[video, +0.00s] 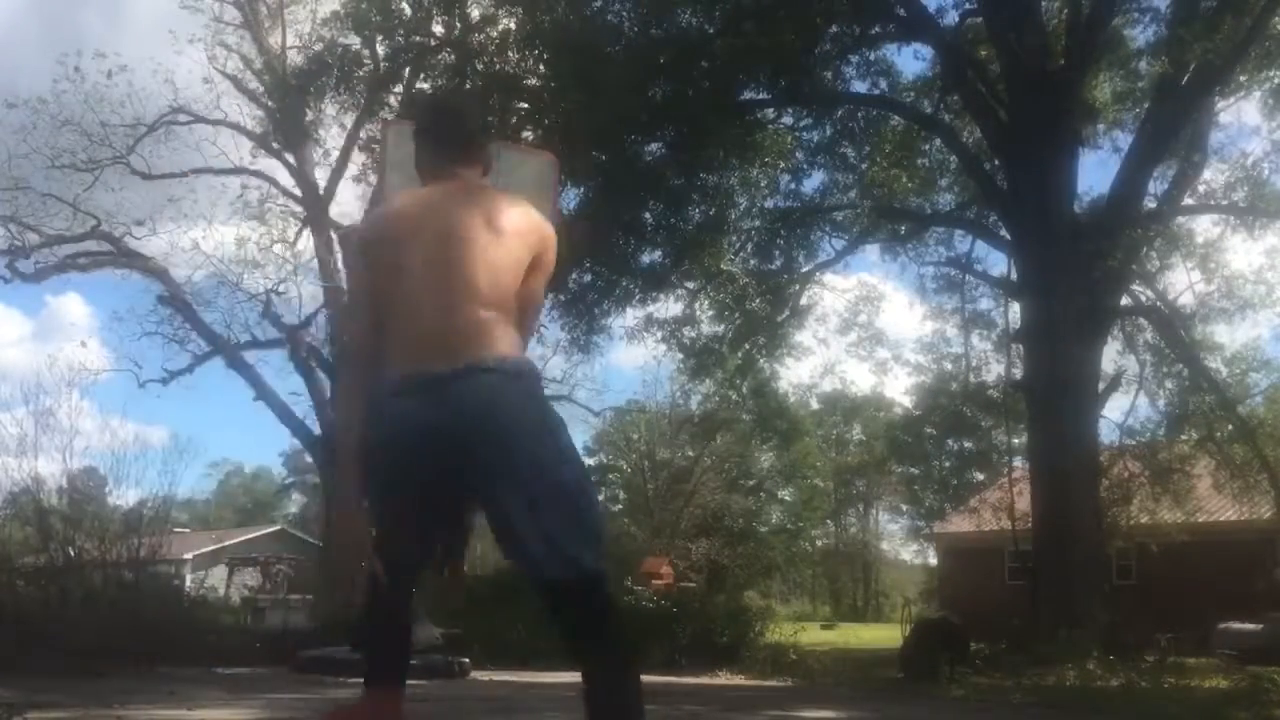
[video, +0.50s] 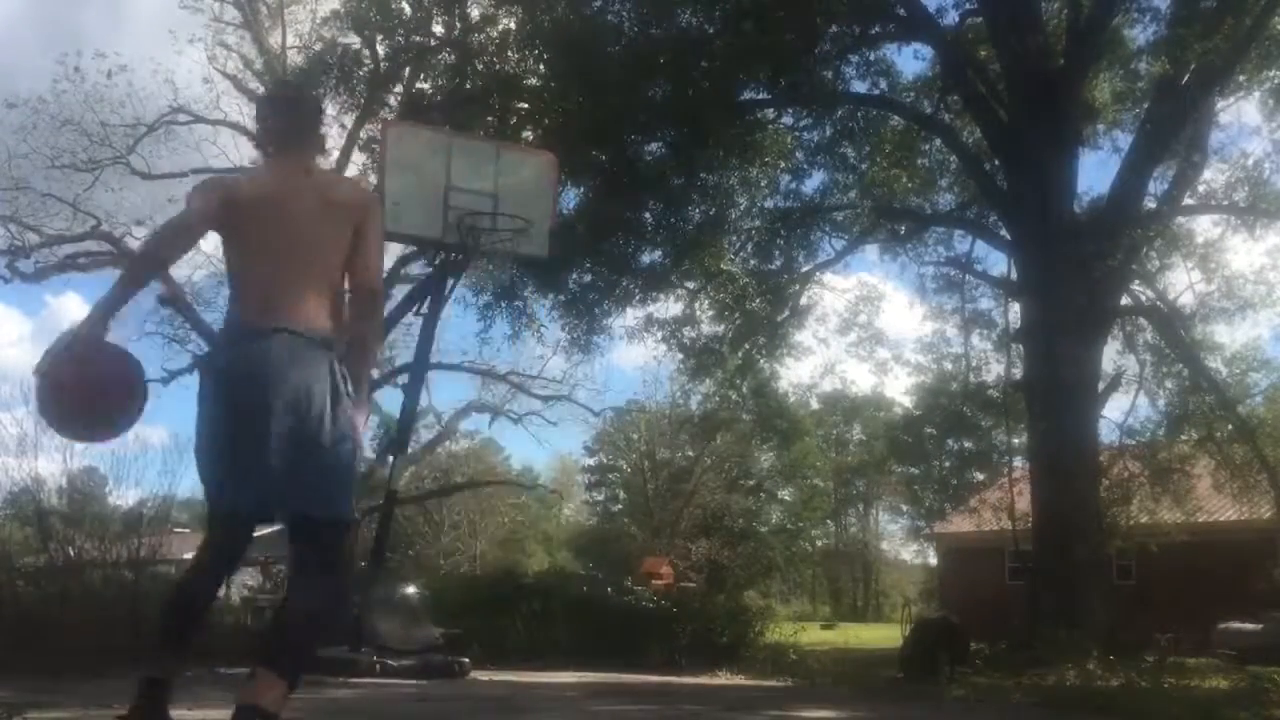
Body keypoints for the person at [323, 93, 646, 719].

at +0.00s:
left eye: (426, 156)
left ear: (420, 158)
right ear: (484, 156)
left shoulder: (377, 225)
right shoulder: (532, 225)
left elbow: (362, 343)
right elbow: (520, 332)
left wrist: (351, 446)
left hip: (405, 414)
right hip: (504, 408)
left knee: (395, 567)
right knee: (574, 573)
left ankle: (381, 701)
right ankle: (616, 705)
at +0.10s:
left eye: (375, 141)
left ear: (376, 144)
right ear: (441, 142)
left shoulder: (339, 215)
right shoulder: (489, 209)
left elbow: (330, 322)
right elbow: (503, 325)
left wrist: (305, 442)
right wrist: (498, 400)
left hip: (377, 400)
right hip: (474, 393)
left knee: (395, 568)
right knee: (531, 575)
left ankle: (387, 708)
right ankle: (580, 708)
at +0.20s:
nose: (341, 115)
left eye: (341, 104)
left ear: (342, 106)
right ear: (406, 106)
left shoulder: (312, 164)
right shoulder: (454, 172)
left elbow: (312, 234)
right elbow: (481, 287)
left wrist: (256, 344)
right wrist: (492, 386)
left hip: (352, 354)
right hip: (443, 353)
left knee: (373, 545)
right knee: (458, 540)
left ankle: (379, 704)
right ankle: (462, 700)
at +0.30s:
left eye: (308, 80)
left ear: (311, 80)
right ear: (378, 86)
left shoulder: (289, 122)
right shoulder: (420, 147)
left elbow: (286, 169)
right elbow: (453, 259)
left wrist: (182, 259)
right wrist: (466, 366)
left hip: (313, 320)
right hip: (398, 322)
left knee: (333, 505)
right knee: (396, 502)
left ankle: (339, 685)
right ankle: (353, 660)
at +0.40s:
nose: (275, 104)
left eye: (278, 93)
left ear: (285, 92)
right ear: (348, 98)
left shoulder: (264, 138)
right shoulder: (392, 161)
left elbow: (187, 185)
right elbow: (417, 254)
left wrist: (116, 238)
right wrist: (422, 368)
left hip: (272, 331)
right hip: (355, 337)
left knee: (283, 521)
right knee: (346, 533)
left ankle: (250, 692)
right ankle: (284, 696)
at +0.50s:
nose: (262, 137)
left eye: (261, 126)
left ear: (262, 132)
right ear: (320, 134)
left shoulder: (228, 190)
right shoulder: (357, 196)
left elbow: (158, 253)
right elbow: (368, 299)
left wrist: (94, 321)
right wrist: (357, 392)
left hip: (235, 371)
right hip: (313, 376)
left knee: (222, 542)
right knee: (318, 564)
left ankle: (152, 692)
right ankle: (259, 707)